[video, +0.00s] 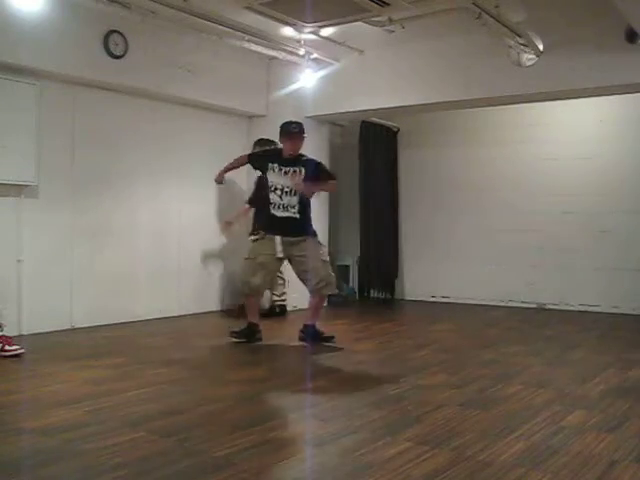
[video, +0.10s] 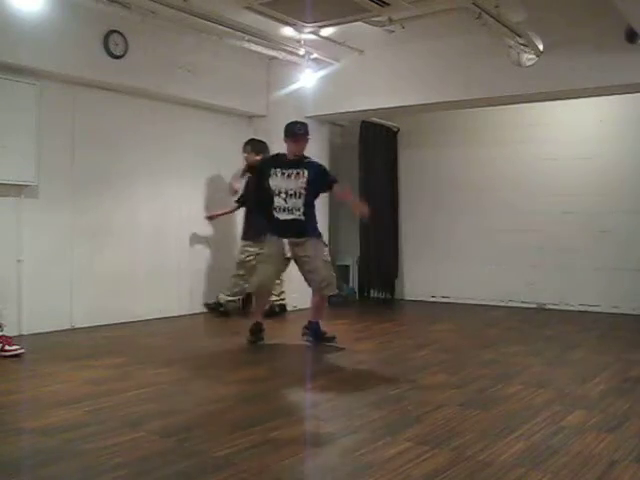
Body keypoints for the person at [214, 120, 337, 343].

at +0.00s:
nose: (295, 144)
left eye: (299, 140)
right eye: (291, 139)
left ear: (303, 140)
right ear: (282, 139)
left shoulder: (310, 165)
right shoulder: (268, 157)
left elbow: (332, 184)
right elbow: (245, 159)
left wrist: (310, 187)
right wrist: (223, 171)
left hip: (301, 236)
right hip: (268, 235)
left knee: (322, 280)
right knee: (251, 280)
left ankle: (309, 327)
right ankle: (252, 326)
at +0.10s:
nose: (300, 144)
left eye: (303, 140)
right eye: (296, 140)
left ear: (308, 141)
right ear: (286, 141)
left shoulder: (314, 168)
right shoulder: (269, 163)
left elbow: (337, 188)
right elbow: (246, 170)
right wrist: (236, 182)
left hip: (306, 235)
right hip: (275, 235)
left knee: (323, 280)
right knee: (262, 281)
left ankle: (314, 325)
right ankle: (257, 324)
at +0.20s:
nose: (304, 146)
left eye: (308, 142)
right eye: (300, 141)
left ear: (313, 142)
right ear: (291, 142)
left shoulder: (322, 166)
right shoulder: (275, 169)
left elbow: (350, 170)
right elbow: (247, 187)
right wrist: (235, 206)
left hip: (314, 235)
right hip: (286, 237)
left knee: (323, 279)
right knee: (283, 286)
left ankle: (324, 322)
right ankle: (261, 326)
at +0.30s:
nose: (306, 150)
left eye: (309, 145)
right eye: (302, 145)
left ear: (314, 145)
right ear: (293, 144)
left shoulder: (322, 161)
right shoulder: (281, 173)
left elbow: (347, 153)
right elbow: (283, 209)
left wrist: (357, 139)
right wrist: (283, 240)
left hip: (319, 234)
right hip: (292, 235)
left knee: (326, 280)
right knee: (287, 282)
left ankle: (330, 324)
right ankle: (265, 326)